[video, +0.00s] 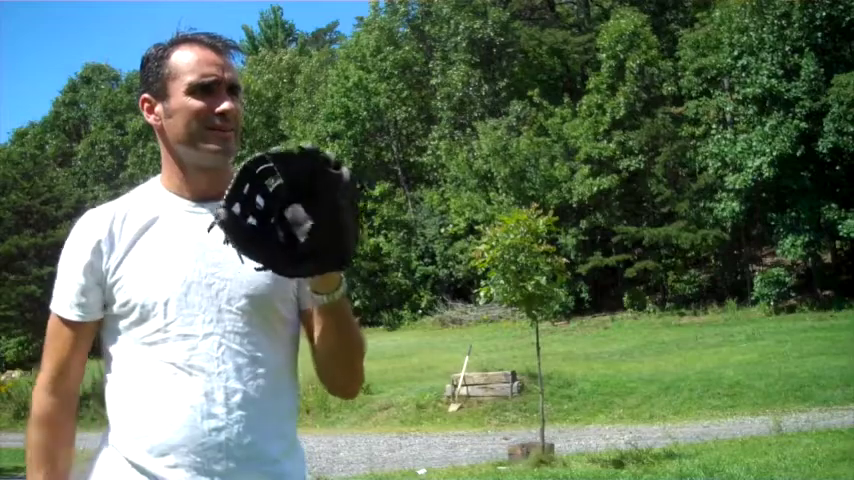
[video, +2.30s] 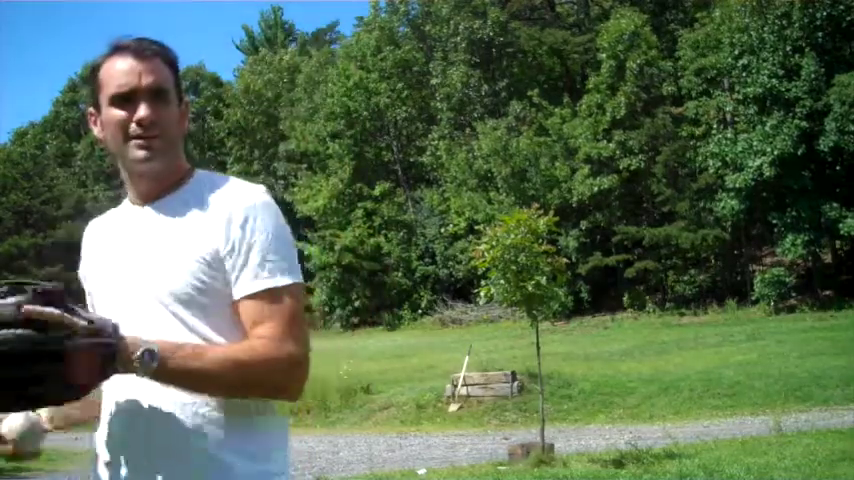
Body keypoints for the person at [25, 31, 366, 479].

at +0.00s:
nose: (227, 106)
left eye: (233, 91)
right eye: (205, 90)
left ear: (242, 104)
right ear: (154, 111)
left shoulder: (283, 223)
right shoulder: (103, 232)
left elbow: (347, 383)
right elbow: (56, 389)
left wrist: (328, 282)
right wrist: (45, 477)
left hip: (272, 470)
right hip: (141, 470)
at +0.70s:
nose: (201, 98)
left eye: (208, 84)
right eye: (176, 86)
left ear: (221, 99)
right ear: (130, 113)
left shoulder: (283, 216)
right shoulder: (94, 238)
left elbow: (375, 337)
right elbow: (62, 401)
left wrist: (329, 210)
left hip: (267, 469)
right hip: (141, 471)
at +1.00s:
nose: (169, 102)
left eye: (179, 88)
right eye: (147, 91)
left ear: (194, 98)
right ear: (107, 112)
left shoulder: (267, 200)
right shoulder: (87, 245)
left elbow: (354, 307)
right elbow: (77, 396)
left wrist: (273, 227)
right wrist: (48, 474)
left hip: (258, 465)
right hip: (136, 469)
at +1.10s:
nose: (149, 113)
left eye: (162, 95)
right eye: (128, 100)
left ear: (185, 108)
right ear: (97, 120)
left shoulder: (259, 203)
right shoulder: (87, 233)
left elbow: (329, 349)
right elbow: (80, 382)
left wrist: (234, 271)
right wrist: (58, 432)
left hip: (254, 466)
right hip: (133, 469)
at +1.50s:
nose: (120, 144)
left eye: (137, 121)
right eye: (104, 126)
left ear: (180, 116)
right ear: (92, 127)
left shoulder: (265, 217)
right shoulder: (79, 244)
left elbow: (315, 378)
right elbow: (67, 419)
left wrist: (255, 339)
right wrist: (67, 371)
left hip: (245, 468)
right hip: (123, 469)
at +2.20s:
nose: (145, 118)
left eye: (159, 100)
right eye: (125, 104)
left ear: (184, 114)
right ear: (97, 125)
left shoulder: (249, 213)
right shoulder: (89, 238)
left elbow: (308, 367)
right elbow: (85, 397)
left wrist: (187, 354)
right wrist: (40, 378)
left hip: (236, 468)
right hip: (120, 469)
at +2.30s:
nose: (143, 115)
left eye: (159, 98)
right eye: (124, 101)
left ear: (184, 115)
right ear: (97, 123)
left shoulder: (244, 208)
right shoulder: (99, 236)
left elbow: (285, 368)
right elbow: (114, 392)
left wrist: (130, 354)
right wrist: (43, 417)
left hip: (228, 469)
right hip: (123, 468)